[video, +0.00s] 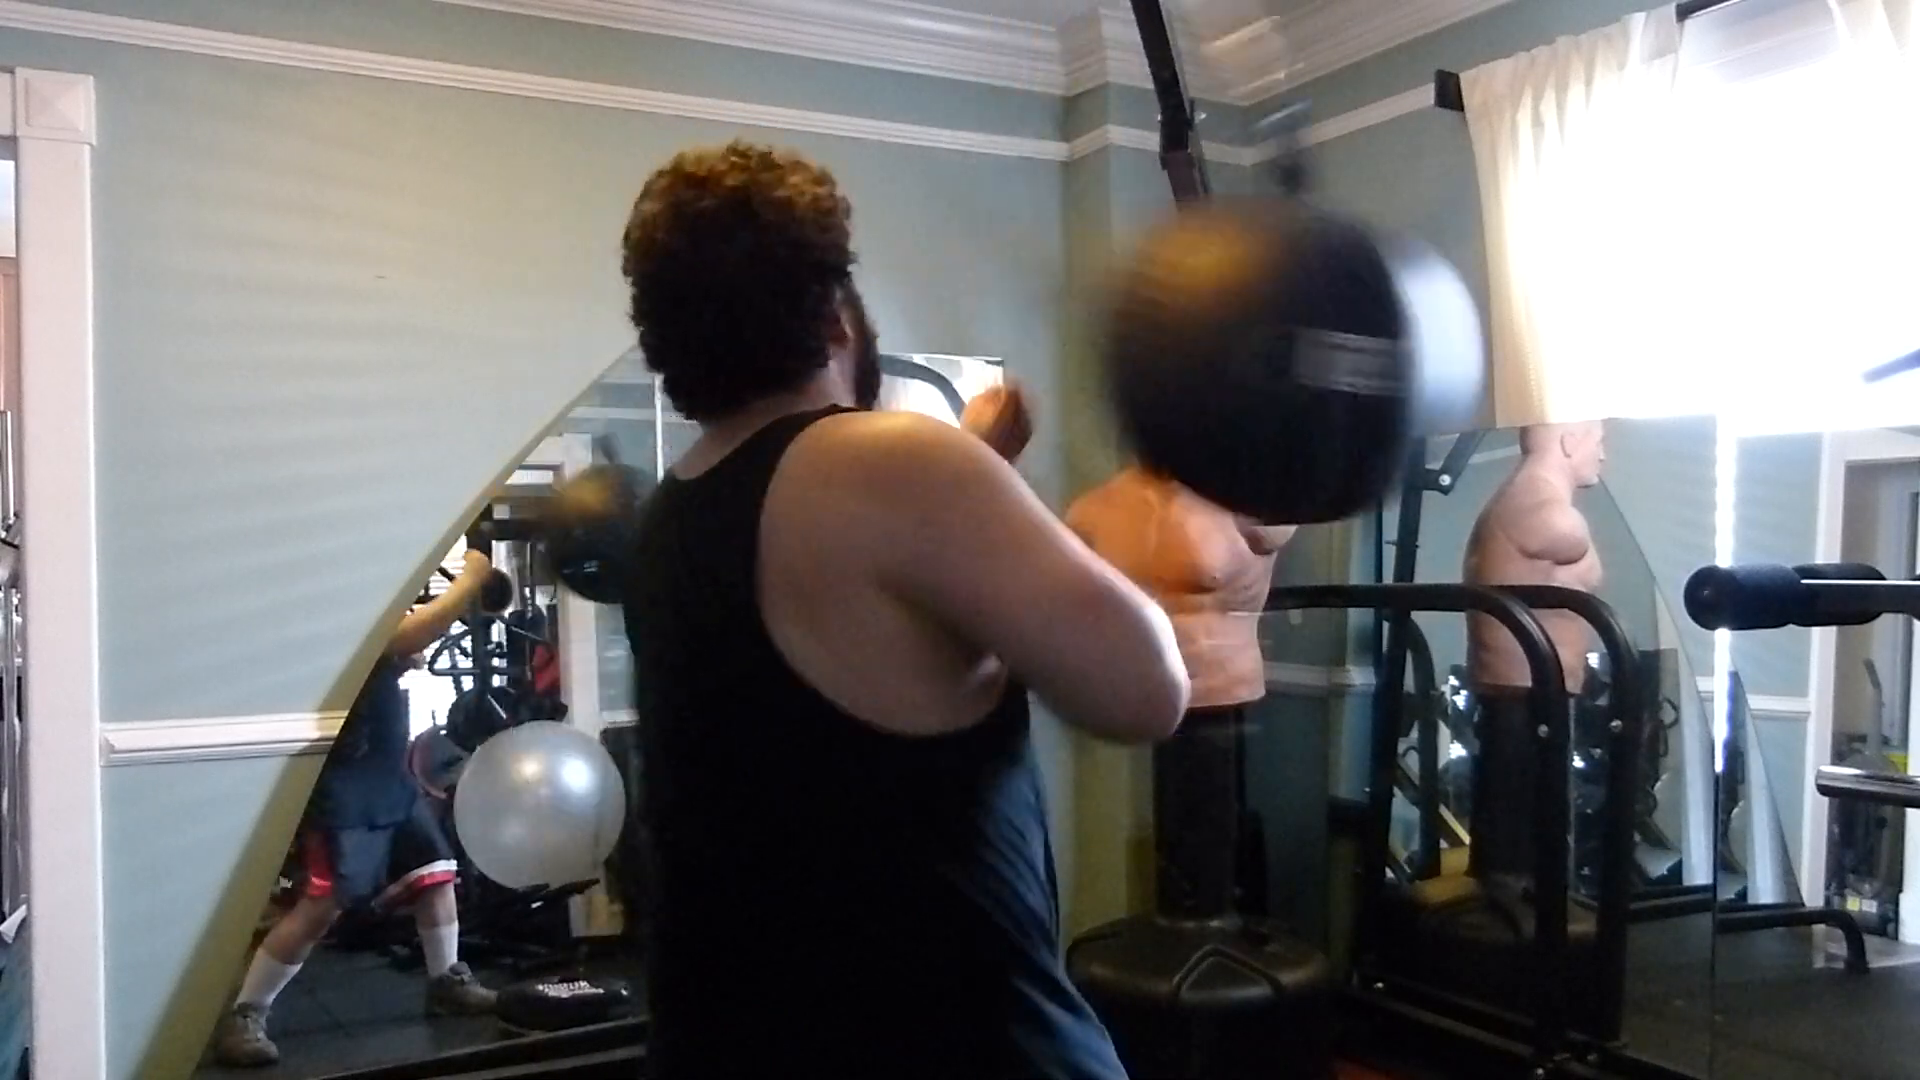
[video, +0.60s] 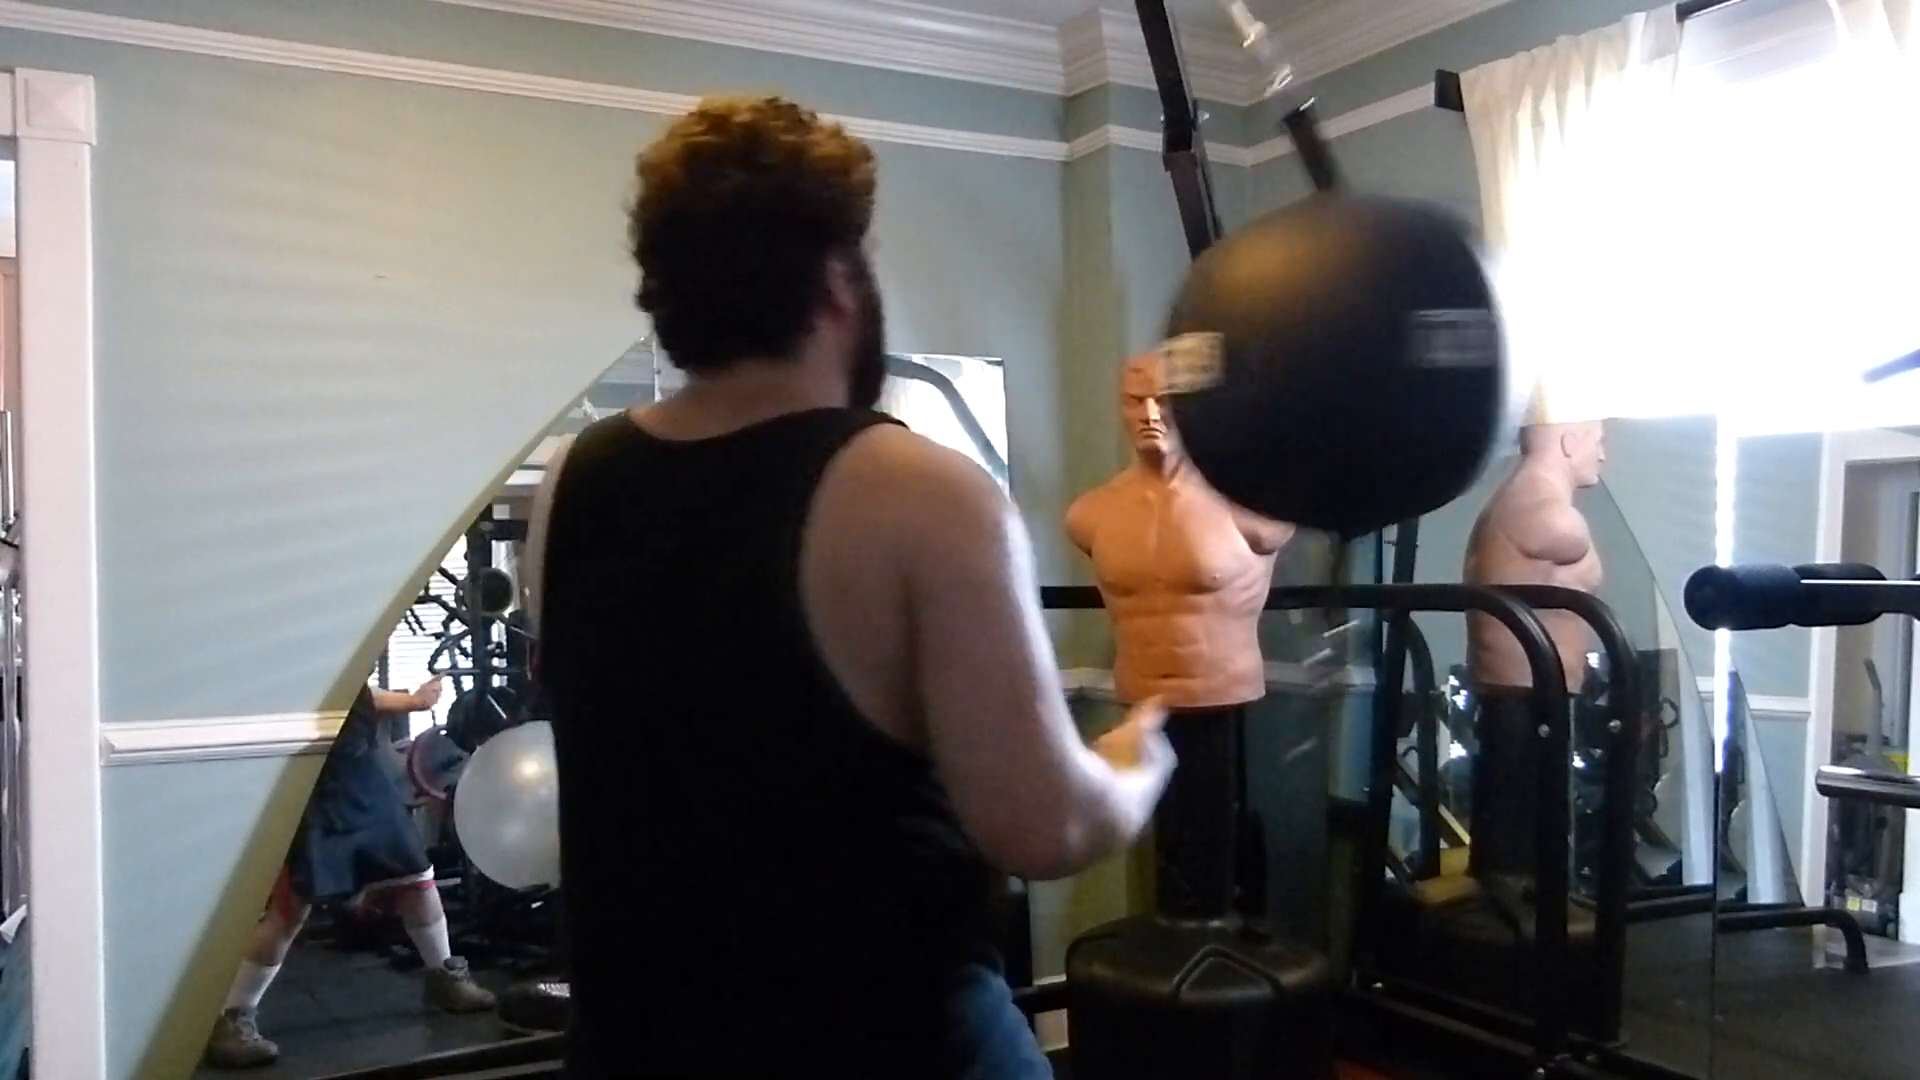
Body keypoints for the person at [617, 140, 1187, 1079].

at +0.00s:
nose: (862, 311)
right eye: (853, 285)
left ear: (661, 343)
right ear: (837, 312)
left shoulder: (672, 517)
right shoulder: (903, 463)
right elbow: (1148, 696)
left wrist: (966, 464)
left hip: (738, 1022)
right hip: (956, 1026)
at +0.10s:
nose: (894, 300)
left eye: (883, 270)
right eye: (882, 272)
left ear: (694, 322)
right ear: (855, 296)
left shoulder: (690, 500)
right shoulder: (884, 465)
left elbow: (883, 620)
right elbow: (1076, 743)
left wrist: (977, 434)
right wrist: (1080, 605)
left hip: (744, 1009)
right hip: (937, 1018)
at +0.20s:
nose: (890, 301)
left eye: (881, 270)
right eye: (880, 270)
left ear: (692, 312)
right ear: (851, 287)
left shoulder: (650, 499)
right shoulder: (877, 475)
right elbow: (1030, 785)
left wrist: (928, 484)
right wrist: (1033, 595)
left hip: (705, 1001)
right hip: (906, 1015)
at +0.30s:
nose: (869, 316)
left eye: (863, 285)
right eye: (858, 284)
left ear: (665, 307)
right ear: (817, 293)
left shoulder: (599, 512)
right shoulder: (864, 483)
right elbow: (1016, 805)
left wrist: (884, 489)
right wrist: (963, 534)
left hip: (665, 1014)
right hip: (881, 1023)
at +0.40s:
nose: (842, 308)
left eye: (834, 273)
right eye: (831, 275)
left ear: (631, 307)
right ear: (790, 294)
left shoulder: (561, 513)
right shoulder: (860, 485)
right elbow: (1012, 805)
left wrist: (871, 478)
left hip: (635, 1027)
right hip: (866, 1033)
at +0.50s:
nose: (834, 298)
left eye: (828, 267)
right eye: (824, 268)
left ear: (626, 300)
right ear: (789, 285)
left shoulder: (554, 499)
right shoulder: (865, 472)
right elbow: (997, 813)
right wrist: (1042, 706)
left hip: (625, 1028)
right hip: (868, 1033)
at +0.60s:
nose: (874, 287)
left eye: (868, 260)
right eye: (867, 262)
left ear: (662, 291)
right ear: (836, 282)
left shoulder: (575, 481)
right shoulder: (923, 494)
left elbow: (566, 702)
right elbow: (1036, 831)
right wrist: (1135, 763)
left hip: (641, 1024)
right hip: (895, 1030)